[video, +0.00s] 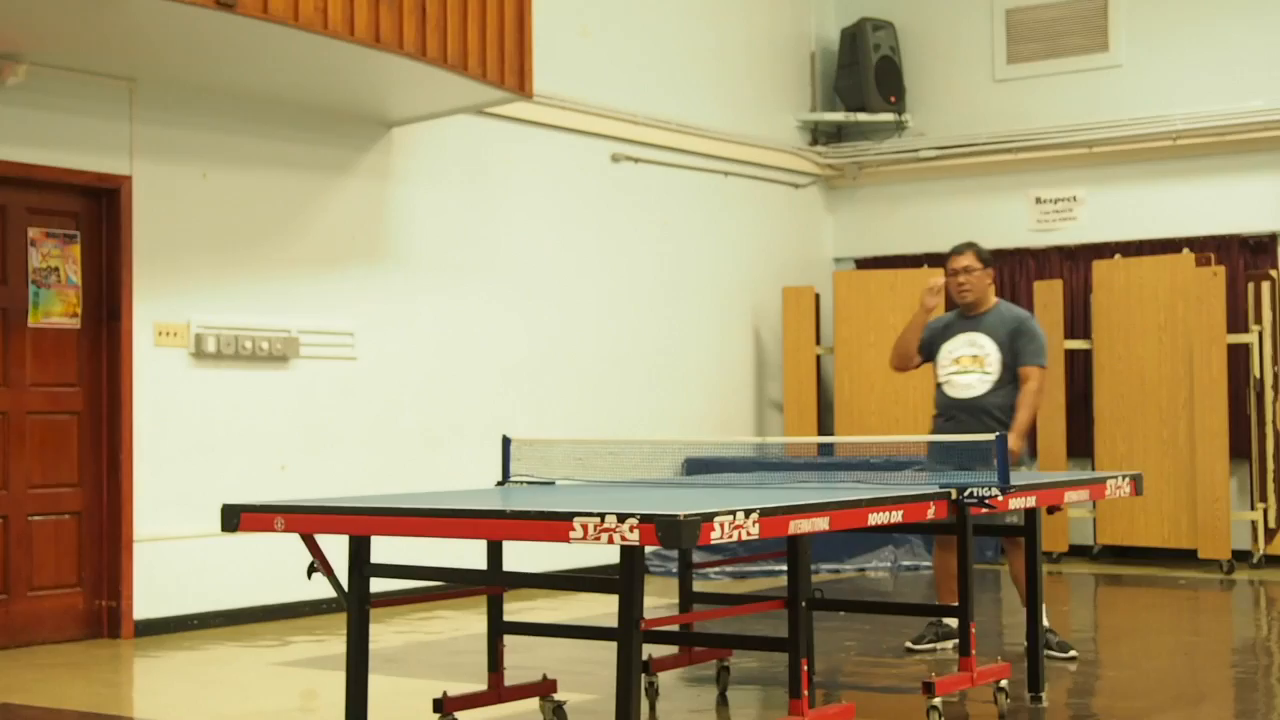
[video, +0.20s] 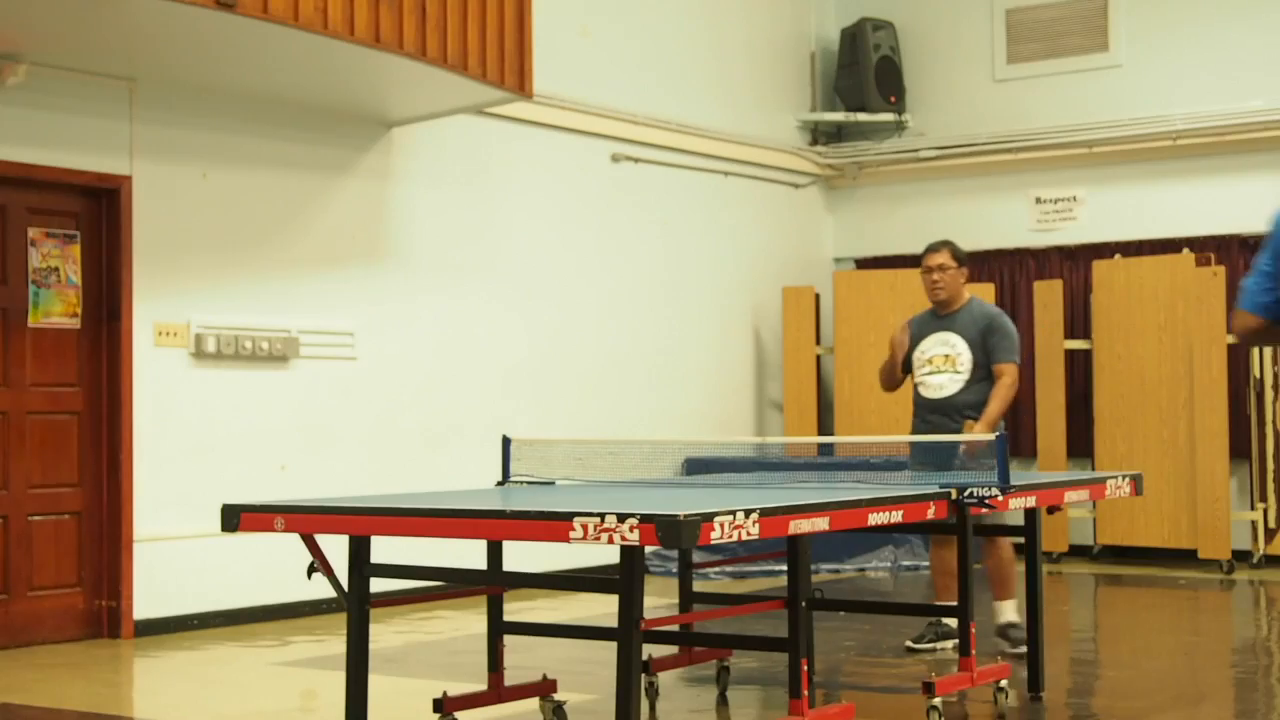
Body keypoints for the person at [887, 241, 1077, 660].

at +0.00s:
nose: (960, 280)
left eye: (968, 272)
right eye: (954, 274)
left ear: (989, 275)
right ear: (947, 282)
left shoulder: (1018, 323)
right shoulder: (941, 327)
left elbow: (1032, 383)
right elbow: (900, 362)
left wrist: (1016, 436)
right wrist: (924, 313)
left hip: (999, 447)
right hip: (947, 448)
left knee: (1017, 538)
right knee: (945, 535)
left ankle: (1038, 626)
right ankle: (948, 623)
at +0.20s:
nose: (934, 278)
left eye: (943, 269)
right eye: (928, 272)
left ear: (963, 274)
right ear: (921, 279)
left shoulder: (992, 320)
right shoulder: (915, 326)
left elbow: (1007, 380)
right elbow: (889, 385)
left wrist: (982, 429)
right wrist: (895, 355)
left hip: (978, 445)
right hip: (929, 447)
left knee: (994, 529)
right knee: (941, 529)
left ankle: (1007, 619)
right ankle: (947, 621)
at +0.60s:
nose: (925, 274)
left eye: (933, 268)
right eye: (918, 268)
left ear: (949, 275)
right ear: (909, 277)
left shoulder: (972, 321)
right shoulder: (901, 324)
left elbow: (993, 382)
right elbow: (887, 377)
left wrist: (938, 411)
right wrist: (885, 411)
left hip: (955, 449)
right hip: (907, 449)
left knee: (949, 534)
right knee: (893, 524)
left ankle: (953, 623)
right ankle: (929, 606)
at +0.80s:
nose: (906, 285)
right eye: (907, 277)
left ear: (942, 285)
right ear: (903, 282)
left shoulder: (961, 327)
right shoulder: (894, 322)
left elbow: (972, 385)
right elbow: (875, 372)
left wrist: (921, 405)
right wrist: (871, 404)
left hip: (941, 444)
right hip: (889, 443)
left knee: (945, 531)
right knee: (862, 518)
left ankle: (951, 622)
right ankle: (874, 604)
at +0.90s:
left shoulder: (945, 332)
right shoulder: (882, 325)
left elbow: (953, 386)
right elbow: (865, 373)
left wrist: (911, 404)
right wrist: (863, 404)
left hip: (932, 441)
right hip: (881, 443)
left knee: (940, 538)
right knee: (860, 526)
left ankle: (948, 622)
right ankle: (845, 608)